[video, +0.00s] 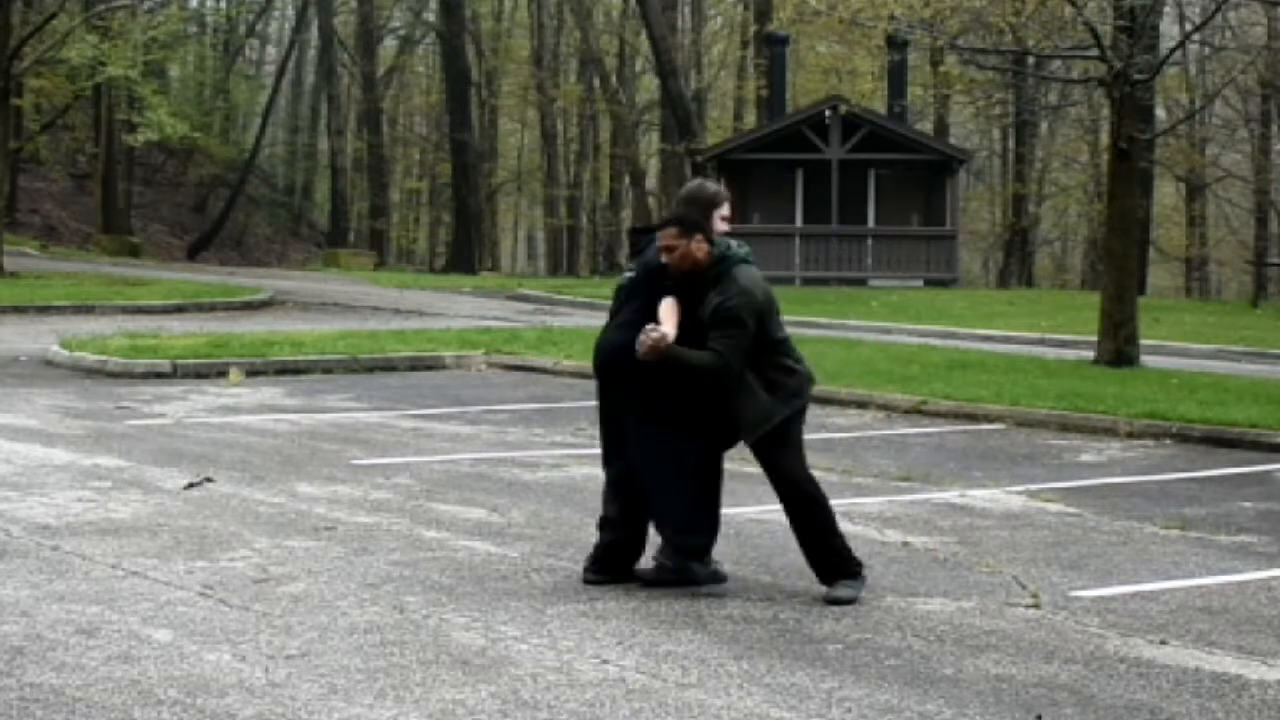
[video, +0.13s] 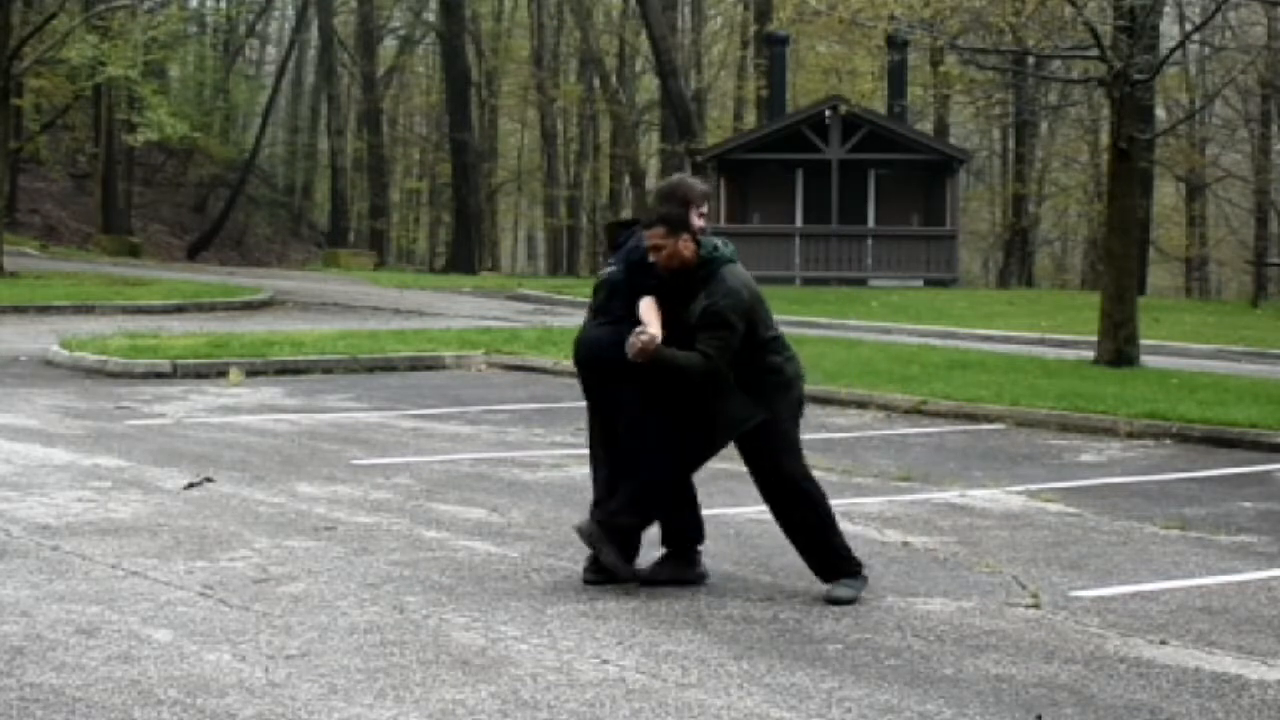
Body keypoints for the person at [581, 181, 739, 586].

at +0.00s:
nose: (729, 224)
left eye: (729, 217)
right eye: (724, 217)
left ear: (697, 222)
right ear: (706, 219)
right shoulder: (680, 257)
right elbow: (670, 294)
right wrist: (669, 327)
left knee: (629, 457)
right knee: (690, 465)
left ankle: (612, 554)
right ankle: (686, 557)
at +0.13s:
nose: (654, 260)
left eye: (661, 250)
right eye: (650, 251)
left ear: (688, 244)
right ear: (651, 249)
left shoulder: (727, 288)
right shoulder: (672, 280)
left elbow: (710, 364)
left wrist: (656, 352)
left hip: (766, 392)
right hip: (721, 390)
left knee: (783, 479)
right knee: (667, 461)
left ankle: (845, 573)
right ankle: (681, 557)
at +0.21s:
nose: (645, 254)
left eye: (652, 244)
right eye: (641, 246)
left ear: (679, 235)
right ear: (639, 240)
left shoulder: (720, 277)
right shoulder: (659, 269)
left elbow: (708, 350)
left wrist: (653, 342)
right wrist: (624, 306)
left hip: (764, 383)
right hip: (714, 383)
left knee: (790, 471)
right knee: (668, 461)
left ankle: (843, 571)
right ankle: (679, 560)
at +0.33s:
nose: (645, 254)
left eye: (651, 245)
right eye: (641, 246)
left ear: (677, 236)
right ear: (642, 243)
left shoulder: (721, 273)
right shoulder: (649, 274)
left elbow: (692, 329)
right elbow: (618, 299)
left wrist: (629, 320)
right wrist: (603, 308)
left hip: (763, 388)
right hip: (708, 391)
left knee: (803, 468)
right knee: (668, 452)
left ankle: (863, 561)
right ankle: (679, 561)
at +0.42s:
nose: (646, 256)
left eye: (652, 246)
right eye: (643, 248)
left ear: (679, 237)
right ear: (652, 243)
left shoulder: (720, 272)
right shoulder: (660, 276)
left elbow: (676, 320)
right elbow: (626, 305)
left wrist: (612, 307)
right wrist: (598, 301)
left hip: (766, 390)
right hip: (709, 396)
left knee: (814, 470)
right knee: (663, 455)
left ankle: (878, 560)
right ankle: (678, 560)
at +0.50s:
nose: (657, 255)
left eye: (663, 246)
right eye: (654, 248)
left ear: (690, 237)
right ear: (665, 244)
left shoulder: (726, 268)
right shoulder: (673, 278)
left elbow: (671, 307)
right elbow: (639, 318)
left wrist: (619, 293)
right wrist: (586, 345)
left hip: (769, 392)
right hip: (713, 399)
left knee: (823, 474)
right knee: (660, 457)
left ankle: (887, 560)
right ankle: (678, 561)